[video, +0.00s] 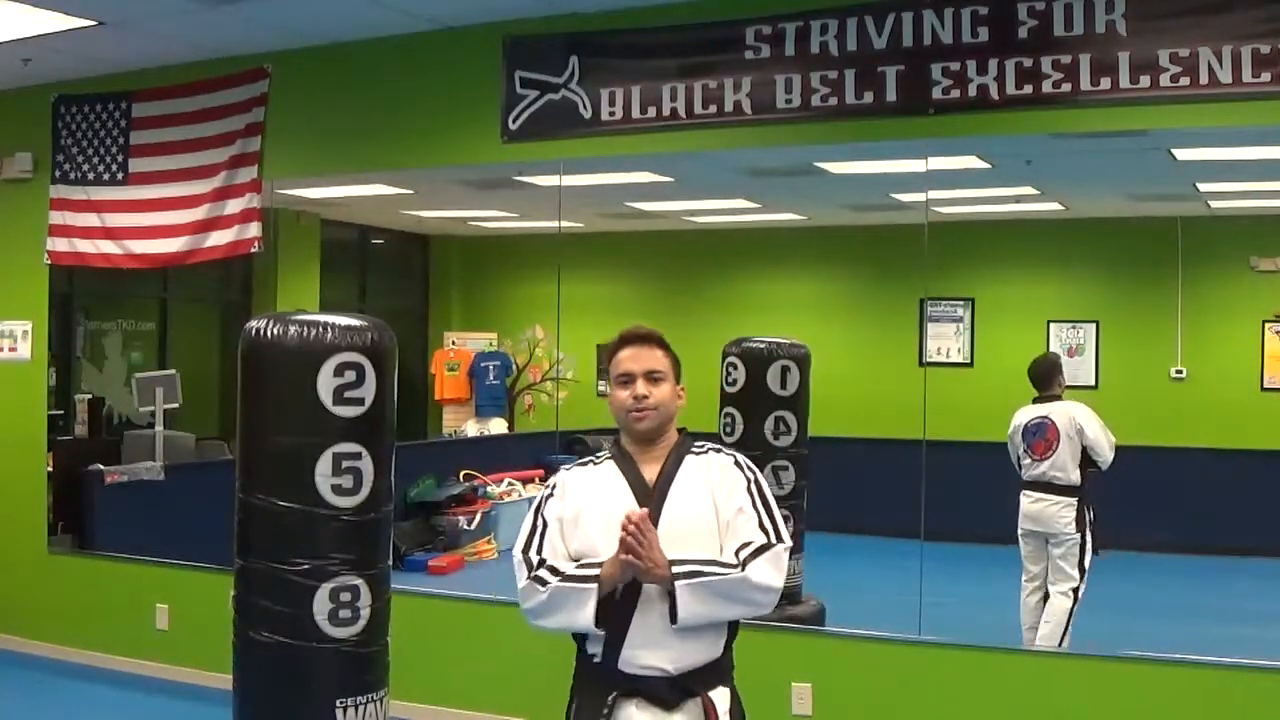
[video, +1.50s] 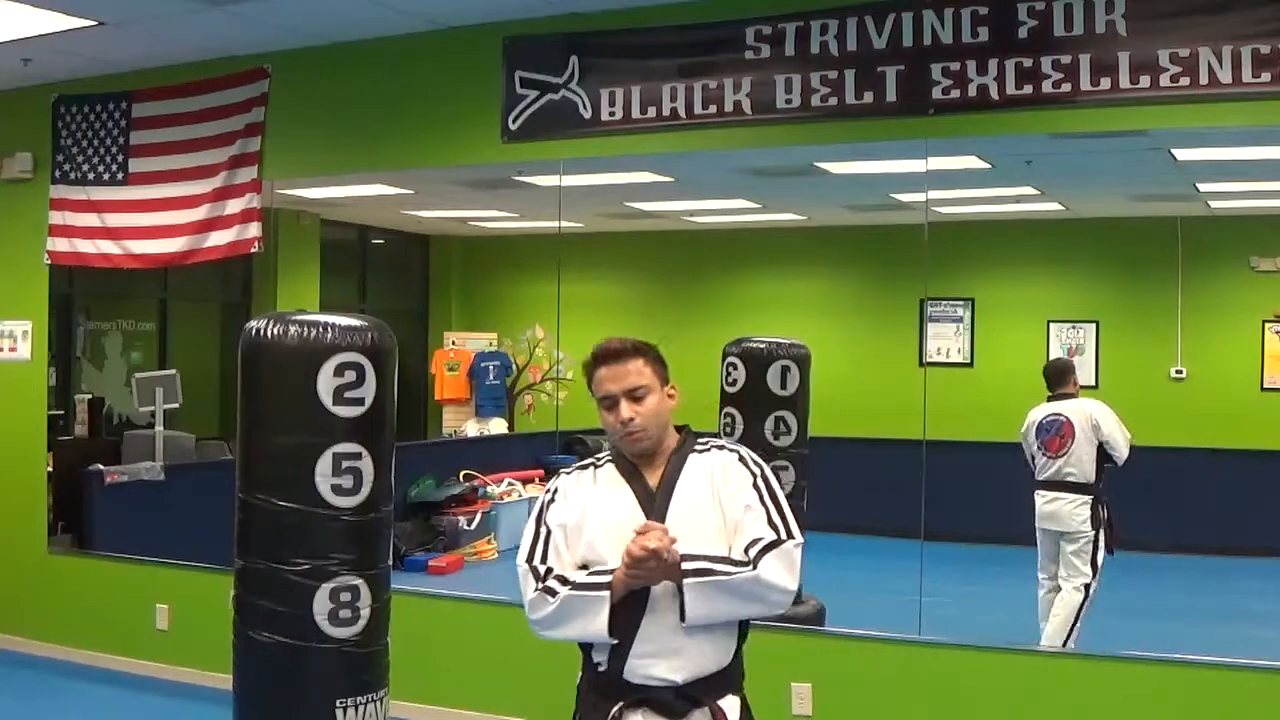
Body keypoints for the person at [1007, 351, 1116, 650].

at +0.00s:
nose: (1065, 377)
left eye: (1061, 373)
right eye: (1063, 373)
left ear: (1034, 382)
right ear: (1060, 378)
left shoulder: (1021, 416)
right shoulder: (1077, 413)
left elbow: (1019, 461)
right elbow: (1105, 456)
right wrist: (1077, 458)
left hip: (1028, 506)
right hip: (1066, 509)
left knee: (1032, 582)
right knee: (1064, 587)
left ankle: (1030, 652)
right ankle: (1045, 655)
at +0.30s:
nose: (1079, 382)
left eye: (1077, 377)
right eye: (1078, 378)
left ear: (1047, 381)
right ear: (1074, 382)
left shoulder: (1026, 413)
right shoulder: (1079, 416)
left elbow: (1025, 455)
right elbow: (1102, 466)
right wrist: (1099, 430)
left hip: (1027, 507)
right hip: (1062, 511)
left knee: (1032, 582)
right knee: (1057, 588)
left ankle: (1030, 649)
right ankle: (1041, 656)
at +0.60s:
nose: (1086, 383)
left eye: (1085, 377)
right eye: (1082, 378)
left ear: (1054, 382)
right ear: (1066, 382)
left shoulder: (1028, 413)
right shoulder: (1078, 416)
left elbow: (1032, 451)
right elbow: (1105, 464)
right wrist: (1100, 430)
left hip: (1027, 508)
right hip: (1061, 513)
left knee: (1032, 582)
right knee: (1058, 588)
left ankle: (1028, 649)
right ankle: (1042, 657)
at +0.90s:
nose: (1083, 381)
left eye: (1082, 375)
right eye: (1080, 376)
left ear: (1052, 382)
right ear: (1068, 381)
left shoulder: (1030, 412)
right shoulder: (1081, 416)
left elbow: (1035, 448)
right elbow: (1107, 463)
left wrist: (1084, 426)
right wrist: (1103, 430)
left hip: (1031, 508)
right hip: (1065, 514)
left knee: (1039, 580)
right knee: (1061, 589)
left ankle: (1035, 646)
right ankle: (1045, 656)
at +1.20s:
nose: (1079, 382)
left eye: (1076, 377)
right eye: (1077, 377)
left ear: (1047, 386)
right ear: (1073, 382)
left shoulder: (1033, 416)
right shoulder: (1088, 416)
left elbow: (1031, 455)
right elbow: (1116, 460)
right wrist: (1106, 425)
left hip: (1037, 509)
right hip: (1072, 513)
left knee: (1042, 585)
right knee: (1064, 588)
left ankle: (1052, 651)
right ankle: (1043, 656)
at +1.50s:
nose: (1079, 380)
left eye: (1076, 375)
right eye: (1077, 376)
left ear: (1048, 384)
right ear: (1074, 380)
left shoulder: (1034, 415)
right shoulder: (1093, 410)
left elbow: (1033, 459)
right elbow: (1121, 452)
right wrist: (1093, 451)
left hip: (1044, 504)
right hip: (1080, 507)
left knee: (1047, 578)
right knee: (1077, 582)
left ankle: (1048, 646)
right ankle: (1049, 651)